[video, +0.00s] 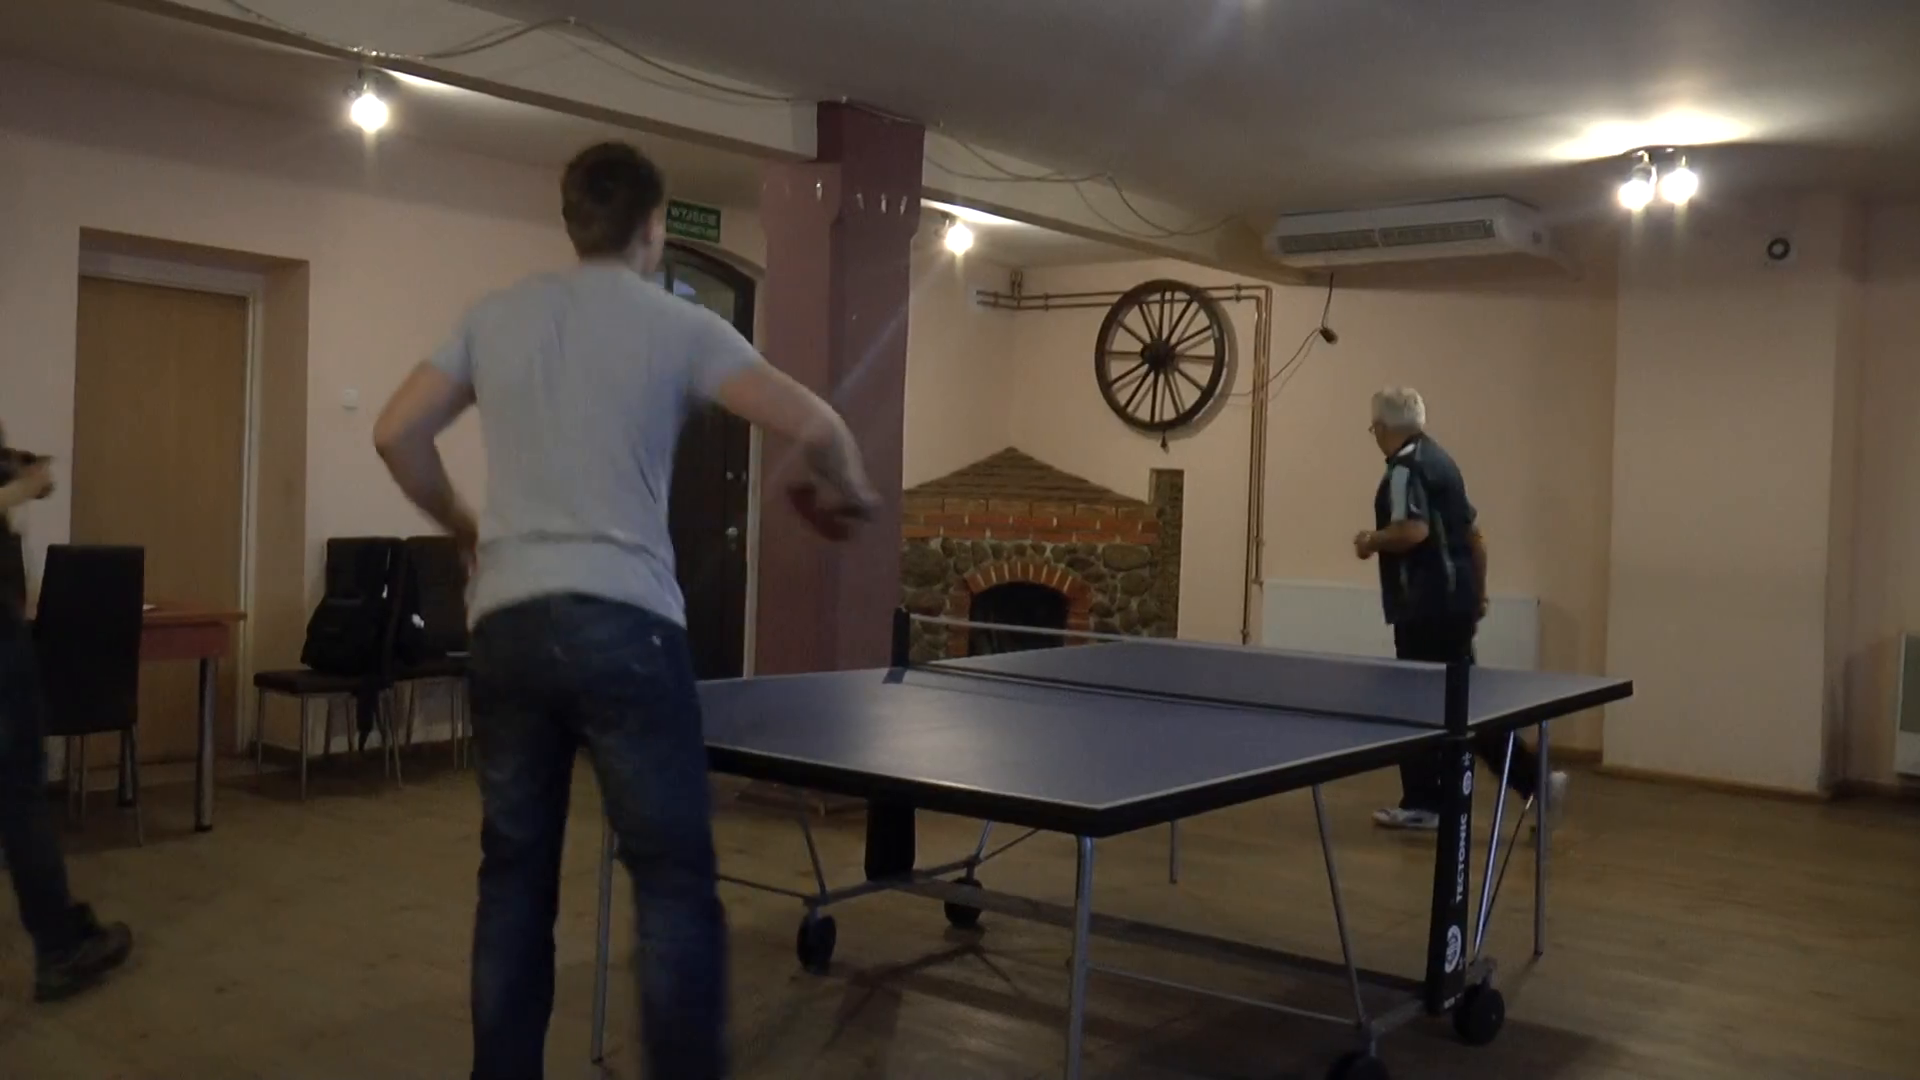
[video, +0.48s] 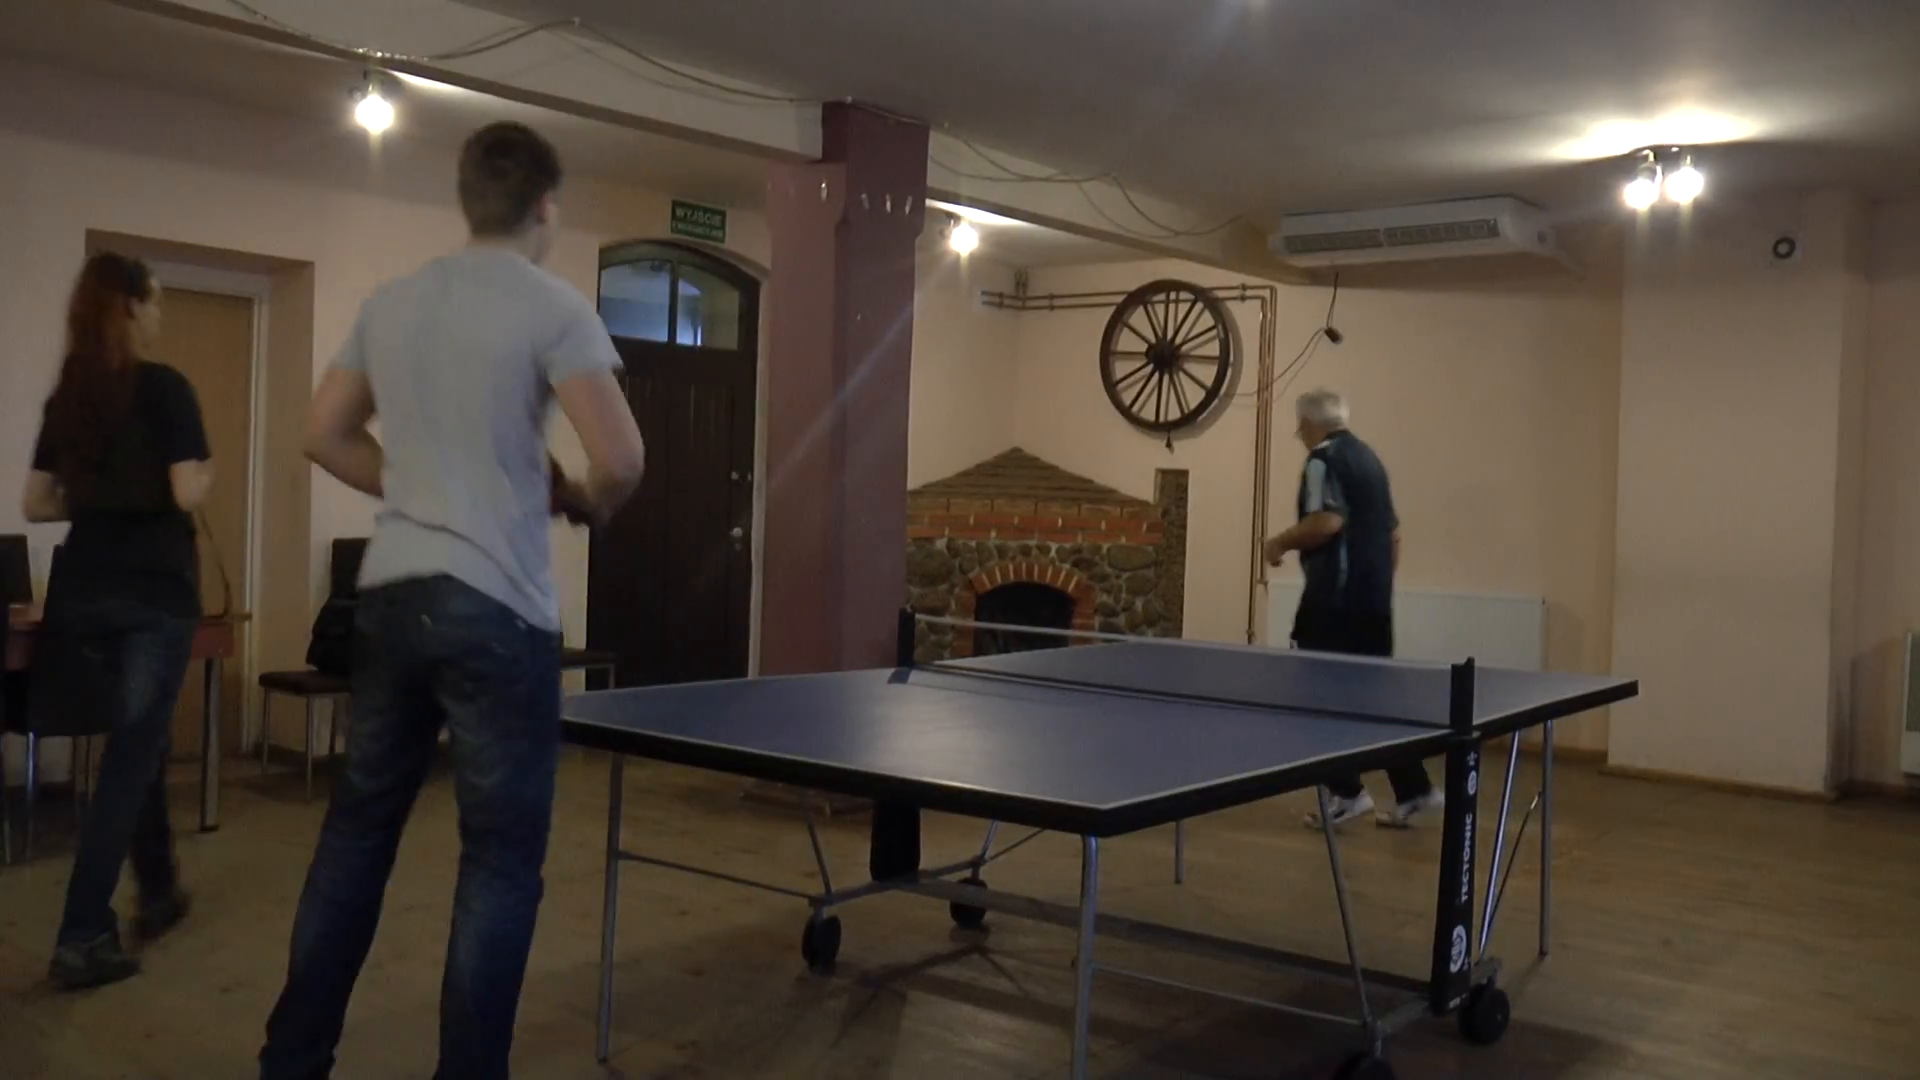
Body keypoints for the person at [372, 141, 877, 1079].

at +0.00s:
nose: (663, 238)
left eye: (658, 224)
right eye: (663, 224)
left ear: (570, 226)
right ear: (652, 226)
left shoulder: (495, 314)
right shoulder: (675, 321)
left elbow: (398, 432)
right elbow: (818, 425)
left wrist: (459, 522)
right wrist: (846, 489)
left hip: (505, 620)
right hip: (623, 617)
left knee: (514, 868)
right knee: (672, 873)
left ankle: (503, 1070)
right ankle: (686, 1066)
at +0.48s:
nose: (560, 219)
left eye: (551, 204)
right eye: (558, 205)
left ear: (466, 203)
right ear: (544, 208)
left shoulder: (392, 299)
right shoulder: (552, 304)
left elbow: (326, 436)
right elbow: (621, 461)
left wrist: (417, 489)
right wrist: (586, 503)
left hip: (387, 594)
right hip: (494, 602)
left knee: (358, 828)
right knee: (501, 859)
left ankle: (292, 1058)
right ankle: (471, 1068)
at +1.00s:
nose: (444, 227)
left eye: (440, 211)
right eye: (443, 211)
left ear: (352, 208)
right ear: (426, 211)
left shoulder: (284, 304)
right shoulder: (422, 292)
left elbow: (214, 425)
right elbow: (417, 423)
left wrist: (304, 489)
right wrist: (469, 511)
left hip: (290, 586)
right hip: (387, 591)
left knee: (304, 834)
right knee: (432, 841)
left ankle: (281, 1063)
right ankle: (410, 1064)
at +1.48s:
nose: (431, 256)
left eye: (436, 240)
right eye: (430, 236)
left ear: (344, 216)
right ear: (391, 217)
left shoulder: (277, 306)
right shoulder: (378, 314)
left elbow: (333, 427)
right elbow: (423, 493)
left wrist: (421, 350)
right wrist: (460, 593)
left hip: (271, 608)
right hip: (355, 623)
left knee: (291, 856)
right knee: (375, 870)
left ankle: (276, 1064)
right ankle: (337, 1068)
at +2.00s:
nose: (490, 270)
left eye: (502, 256)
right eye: (496, 251)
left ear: (420, 215)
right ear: (468, 222)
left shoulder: (340, 287)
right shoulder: (402, 296)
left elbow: (451, 423)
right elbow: (385, 473)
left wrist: (496, 318)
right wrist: (482, 649)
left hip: (329, 632)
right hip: (373, 650)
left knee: (370, 897)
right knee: (360, 911)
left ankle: (355, 1064)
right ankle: (326, 1071)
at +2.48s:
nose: (648, 308)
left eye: (660, 292)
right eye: (653, 283)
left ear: (598, 248)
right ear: (612, 249)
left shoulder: (487, 308)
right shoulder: (522, 317)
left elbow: (396, 451)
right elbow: (485, 491)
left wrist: (468, 571)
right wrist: (591, 636)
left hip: (488, 665)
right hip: (455, 669)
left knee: (545, 899)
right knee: (416, 918)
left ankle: (551, 1069)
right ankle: (334, 1069)